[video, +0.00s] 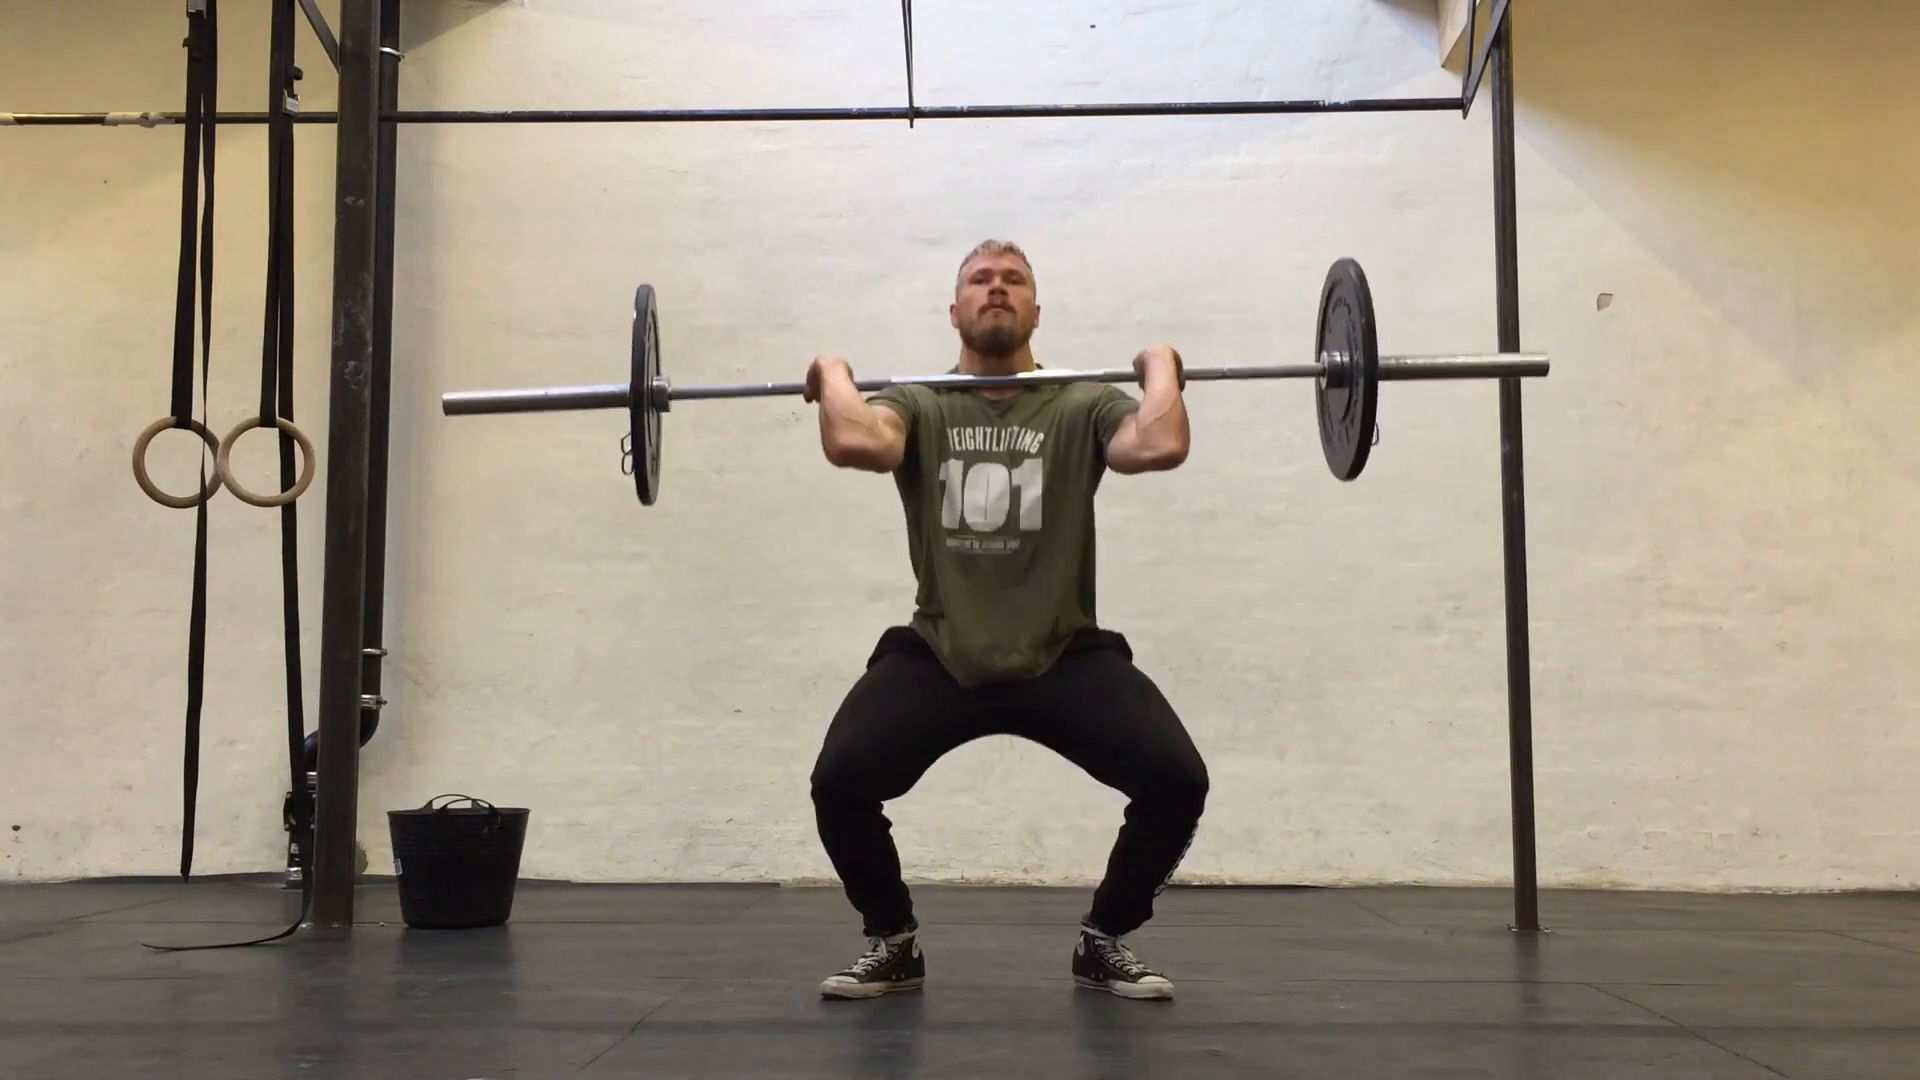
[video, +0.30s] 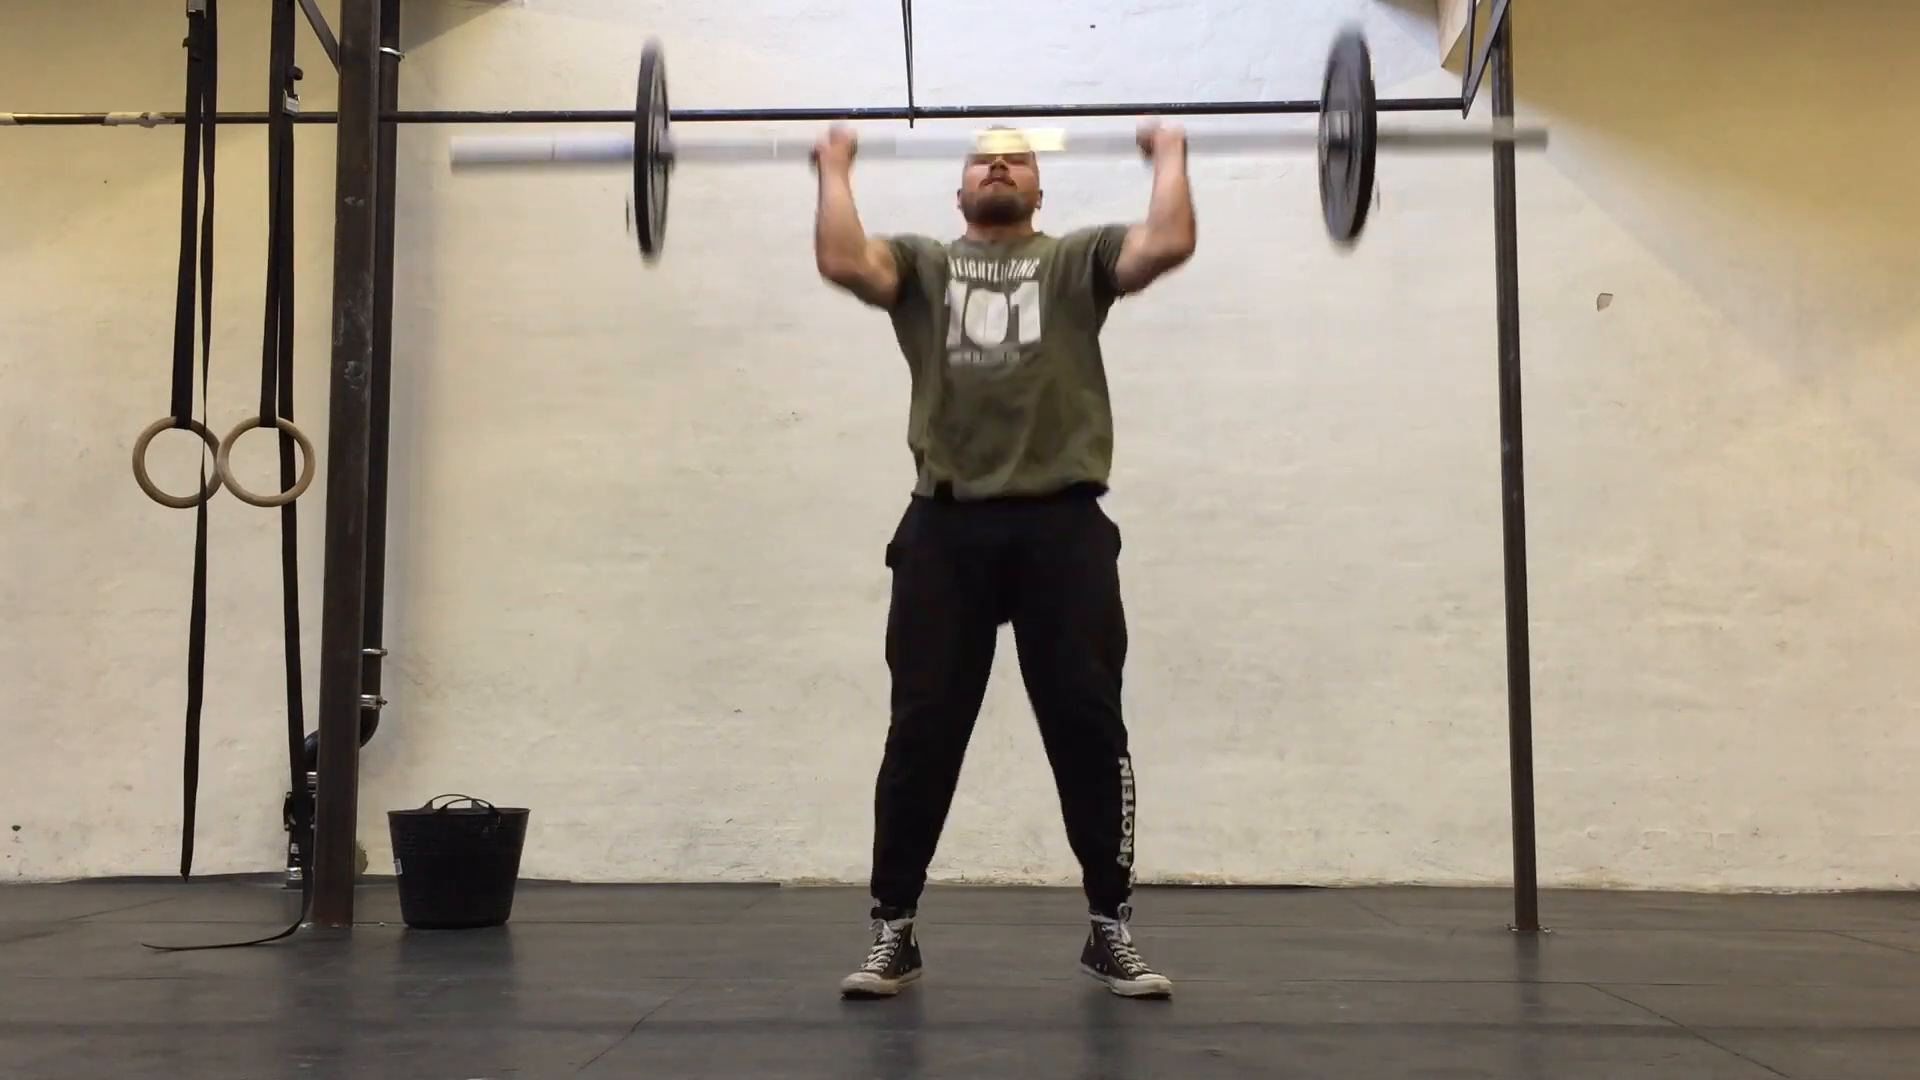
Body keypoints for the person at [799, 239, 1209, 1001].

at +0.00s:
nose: (997, 287)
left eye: (1013, 279)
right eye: (980, 279)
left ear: (1037, 311)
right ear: (954, 311)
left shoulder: (1082, 402)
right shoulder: (917, 404)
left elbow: (1163, 444)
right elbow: (849, 441)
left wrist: (1158, 362)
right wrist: (833, 371)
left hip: (1065, 658)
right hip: (939, 658)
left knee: (1177, 782)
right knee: (840, 783)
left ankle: (1103, 945)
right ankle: (893, 946)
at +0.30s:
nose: (998, 168)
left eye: (1015, 160)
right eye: (984, 160)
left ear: (1040, 187)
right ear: (961, 187)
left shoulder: (1076, 259)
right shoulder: (924, 264)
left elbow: (1170, 241)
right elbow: (843, 259)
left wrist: (1168, 153)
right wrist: (833, 167)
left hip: (1063, 533)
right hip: (946, 534)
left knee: (1090, 730)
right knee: (921, 733)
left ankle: (1111, 931)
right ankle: (893, 935)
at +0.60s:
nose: (999, 166)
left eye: (1018, 151)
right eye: (983, 151)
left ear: (1043, 164)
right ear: (959, 163)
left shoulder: (1075, 233)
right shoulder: (921, 237)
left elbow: (1140, 108)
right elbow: (853, 106)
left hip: (1060, 534)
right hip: (947, 536)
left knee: (1085, 745)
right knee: (922, 746)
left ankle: (1105, 941)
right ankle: (899, 940)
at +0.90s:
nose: (1001, 170)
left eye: (1019, 155)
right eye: (985, 154)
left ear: (1043, 167)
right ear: (961, 165)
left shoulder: (1075, 236)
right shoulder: (922, 236)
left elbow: (1137, 116)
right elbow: (862, 110)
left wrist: (1171, 9)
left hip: (1057, 538)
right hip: (944, 539)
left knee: (1085, 744)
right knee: (919, 747)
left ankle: (1105, 941)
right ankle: (896, 941)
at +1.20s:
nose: (1000, 162)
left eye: (1017, 154)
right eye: (983, 154)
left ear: (1043, 184)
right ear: (957, 184)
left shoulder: (1085, 267)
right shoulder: (919, 269)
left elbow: (1198, 215)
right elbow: (816, 203)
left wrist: (1184, 102)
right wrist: (836, 88)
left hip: (1063, 540)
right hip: (946, 540)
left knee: (1087, 740)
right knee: (922, 739)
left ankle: (1102, 934)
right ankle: (900, 933)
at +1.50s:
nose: (1005, 159)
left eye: (1021, 150)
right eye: (988, 149)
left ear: (1045, 178)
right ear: (964, 179)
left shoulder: (1088, 263)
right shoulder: (921, 258)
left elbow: (1202, 293)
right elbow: (798, 274)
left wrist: (1188, 303)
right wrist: (834, 286)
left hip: (1067, 527)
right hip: (953, 527)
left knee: (1098, 729)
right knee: (925, 730)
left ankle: (1111, 928)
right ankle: (901, 930)